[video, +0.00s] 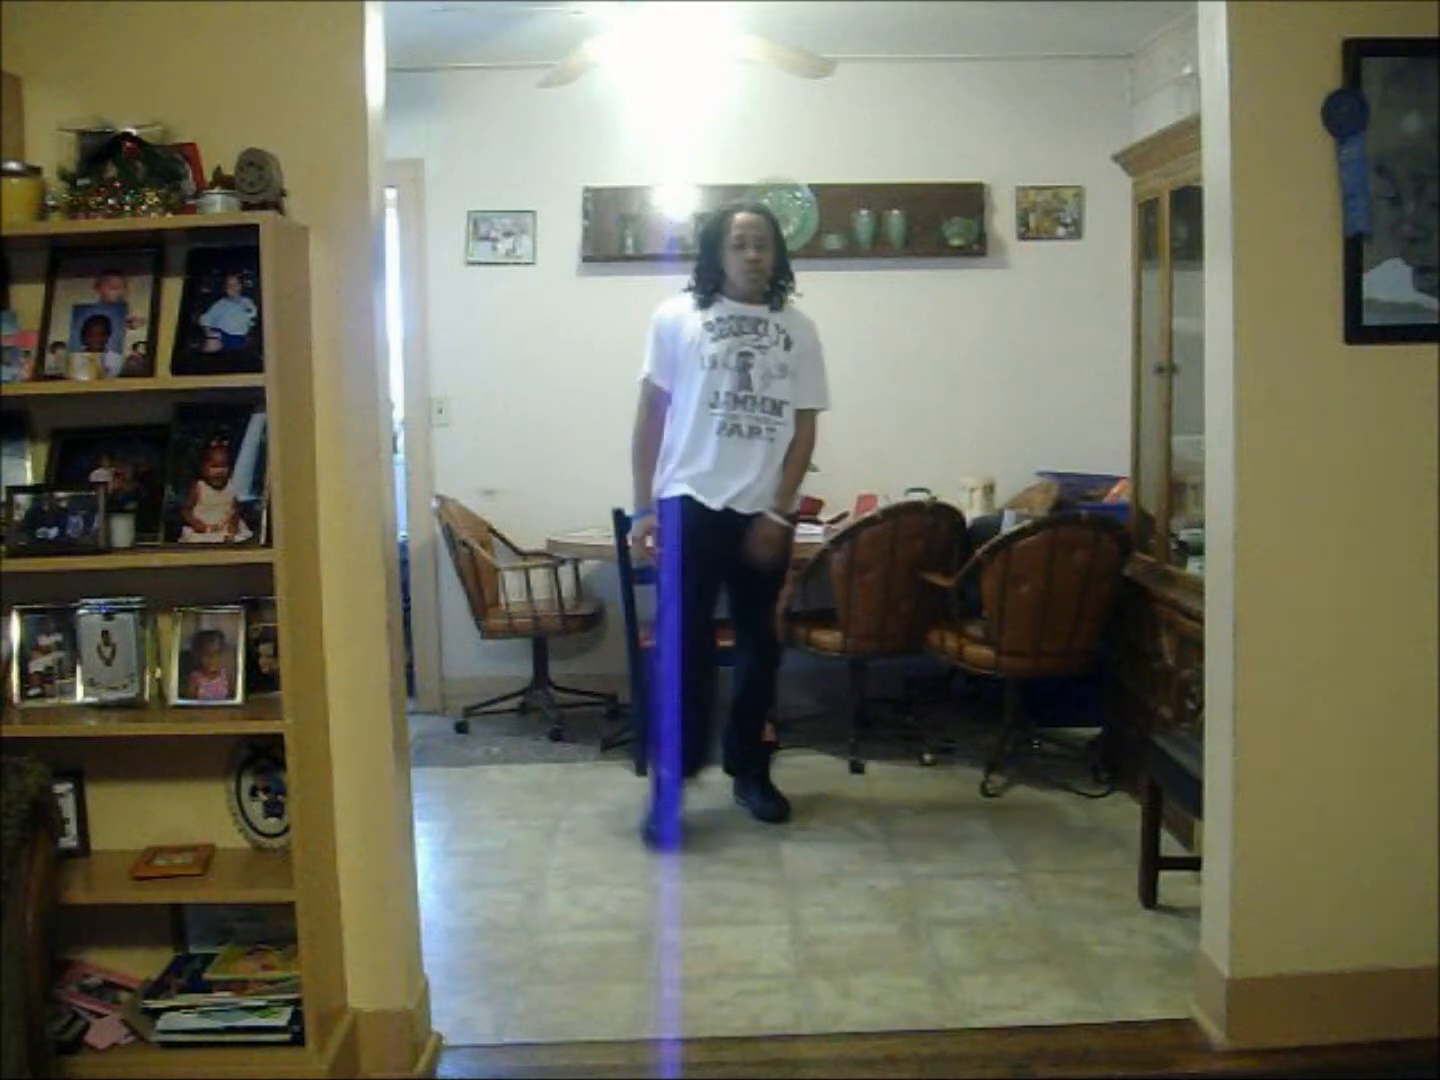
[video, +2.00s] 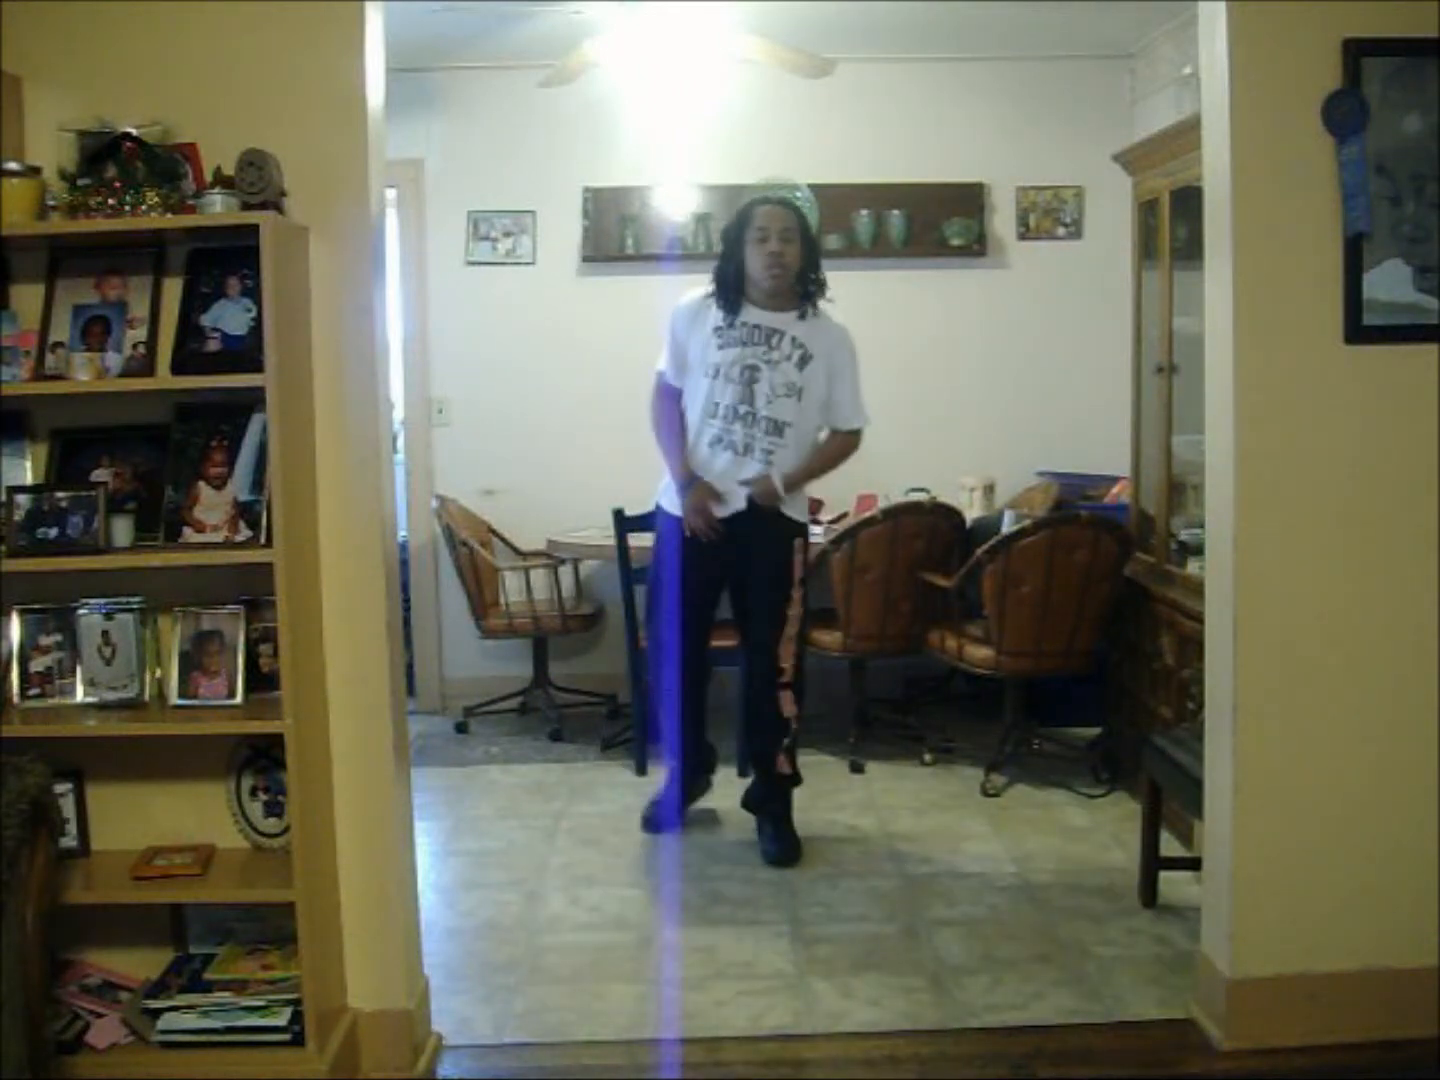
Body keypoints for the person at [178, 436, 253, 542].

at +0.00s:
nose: (220, 472)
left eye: (224, 466)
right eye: (214, 466)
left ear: (230, 468)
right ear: (203, 467)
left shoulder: (231, 487)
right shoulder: (199, 487)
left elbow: (236, 508)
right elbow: (186, 510)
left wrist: (233, 523)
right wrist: (199, 525)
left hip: (225, 532)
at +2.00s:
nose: (219, 472)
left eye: (224, 466)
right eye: (214, 466)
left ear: (230, 469)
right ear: (203, 468)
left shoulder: (232, 488)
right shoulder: (200, 488)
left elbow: (237, 510)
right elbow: (186, 511)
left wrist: (233, 526)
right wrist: (199, 525)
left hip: (225, 532)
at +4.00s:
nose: (219, 471)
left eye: (223, 466)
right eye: (214, 466)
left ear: (230, 469)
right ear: (204, 468)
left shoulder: (232, 488)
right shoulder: (200, 487)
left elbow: (237, 511)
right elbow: (186, 511)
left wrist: (232, 532)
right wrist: (202, 527)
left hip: (225, 533)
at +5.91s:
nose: (219, 472)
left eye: (224, 467)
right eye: (214, 466)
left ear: (230, 469)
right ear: (203, 468)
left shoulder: (231, 488)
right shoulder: (199, 488)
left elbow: (236, 508)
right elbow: (186, 511)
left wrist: (234, 523)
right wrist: (199, 526)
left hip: (225, 533)